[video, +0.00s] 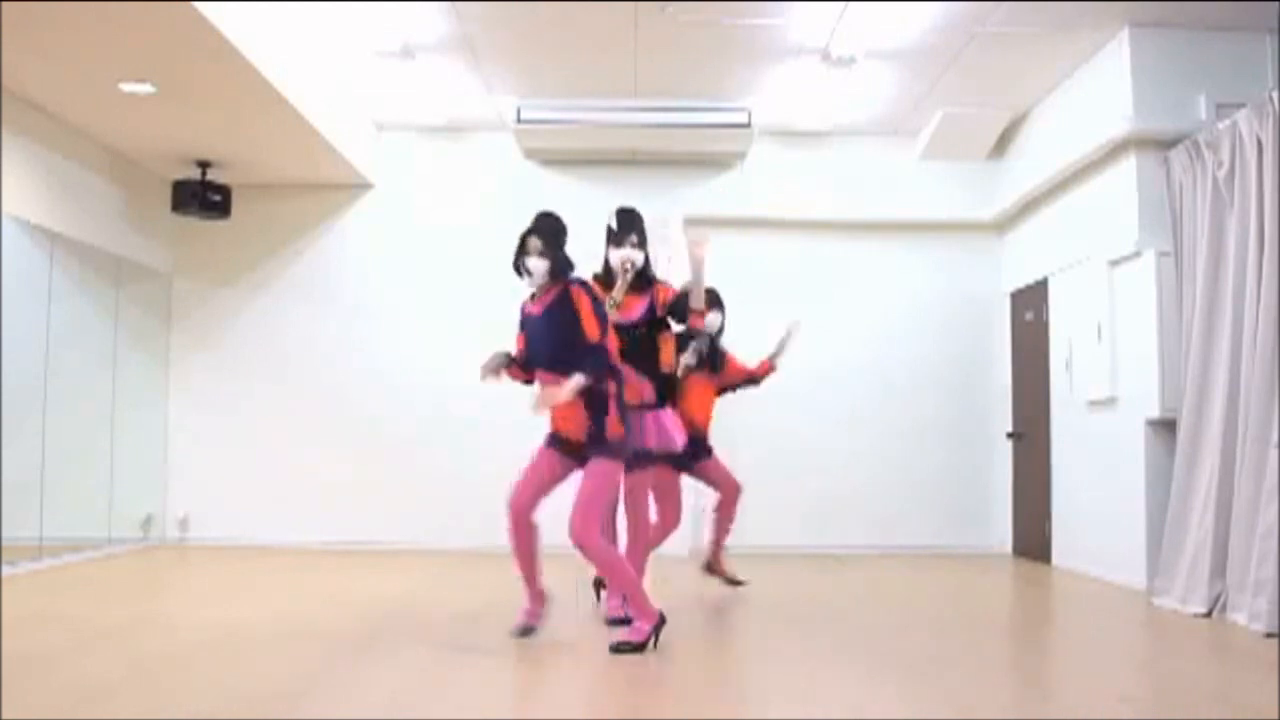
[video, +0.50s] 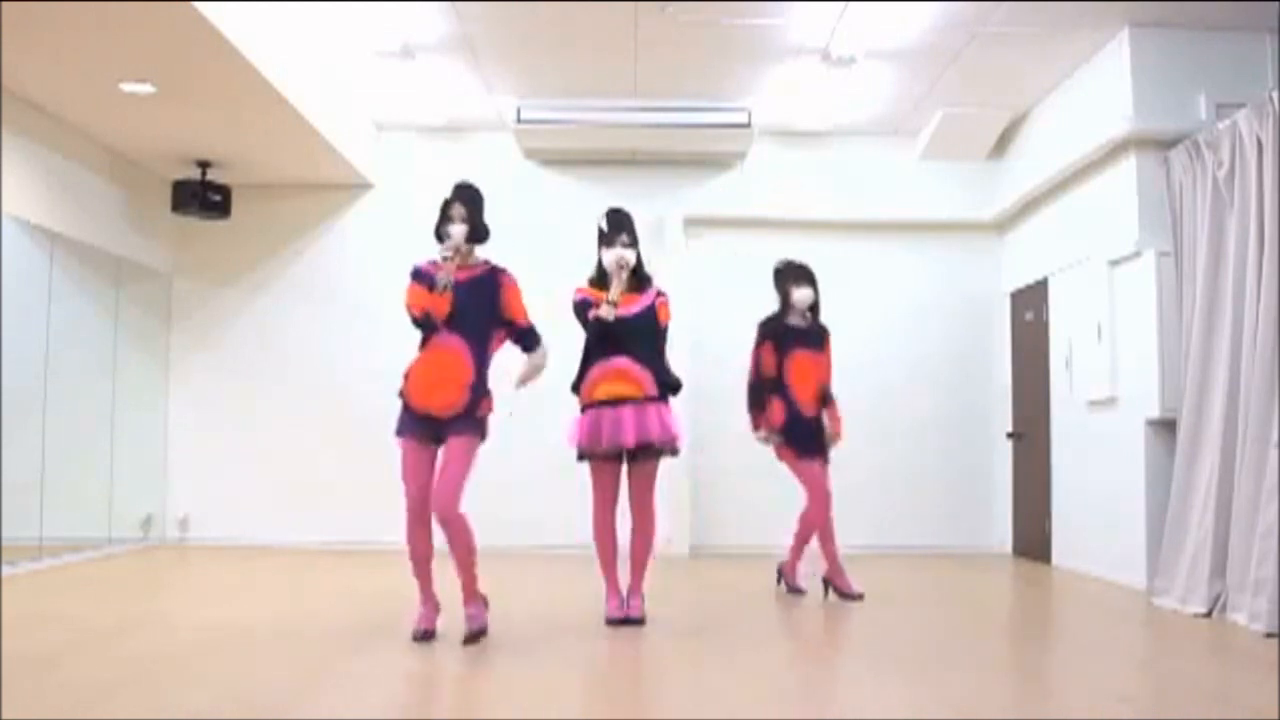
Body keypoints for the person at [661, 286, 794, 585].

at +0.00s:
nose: (706, 321)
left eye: (713, 314)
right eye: (699, 313)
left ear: (720, 319)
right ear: (688, 315)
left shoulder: (716, 358)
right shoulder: (671, 347)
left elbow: (750, 376)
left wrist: (778, 351)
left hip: (693, 444)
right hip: (661, 444)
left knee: (730, 488)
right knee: (668, 517)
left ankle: (715, 558)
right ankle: (617, 574)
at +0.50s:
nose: (805, 293)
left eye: (808, 286)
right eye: (797, 286)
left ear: (815, 290)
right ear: (784, 291)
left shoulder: (820, 333)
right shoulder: (771, 330)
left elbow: (823, 382)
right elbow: (761, 380)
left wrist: (832, 417)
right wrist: (762, 420)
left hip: (814, 421)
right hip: (784, 422)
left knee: (820, 495)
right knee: (818, 491)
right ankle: (833, 569)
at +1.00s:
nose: (830, 288)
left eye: (837, 281)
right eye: (824, 280)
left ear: (847, 284)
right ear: (815, 283)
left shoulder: (856, 322)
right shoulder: (801, 322)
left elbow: (870, 365)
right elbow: (781, 366)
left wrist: (902, 336)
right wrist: (752, 333)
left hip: (848, 413)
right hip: (813, 415)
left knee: (840, 490)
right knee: (831, 494)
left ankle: (835, 575)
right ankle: (836, 574)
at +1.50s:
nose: (842, 283)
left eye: (837, 278)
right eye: (839, 277)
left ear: (802, 284)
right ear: (835, 280)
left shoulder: (801, 318)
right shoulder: (841, 315)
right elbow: (856, 353)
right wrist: (888, 324)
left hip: (808, 417)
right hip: (846, 416)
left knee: (815, 493)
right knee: (846, 496)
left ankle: (785, 563)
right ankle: (835, 575)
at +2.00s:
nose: (841, 290)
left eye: (848, 283)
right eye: (836, 282)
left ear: (856, 287)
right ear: (823, 283)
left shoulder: (855, 329)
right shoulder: (796, 314)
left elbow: (881, 360)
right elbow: (754, 342)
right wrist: (782, 372)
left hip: (834, 415)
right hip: (796, 410)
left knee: (811, 490)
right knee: (813, 484)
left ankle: (785, 568)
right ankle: (819, 572)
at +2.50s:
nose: (829, 288)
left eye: (837, 283)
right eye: (825, 279)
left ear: (845, 289)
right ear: (814, 280)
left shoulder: (858, 318)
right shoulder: (790, 317)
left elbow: (898, 301)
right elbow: (786, 363)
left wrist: (873, 268)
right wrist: (801, 395)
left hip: (834, 415)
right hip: (794, 412)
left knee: (816, 491)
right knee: (809, 486)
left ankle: (802, 570)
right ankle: (802, 572)